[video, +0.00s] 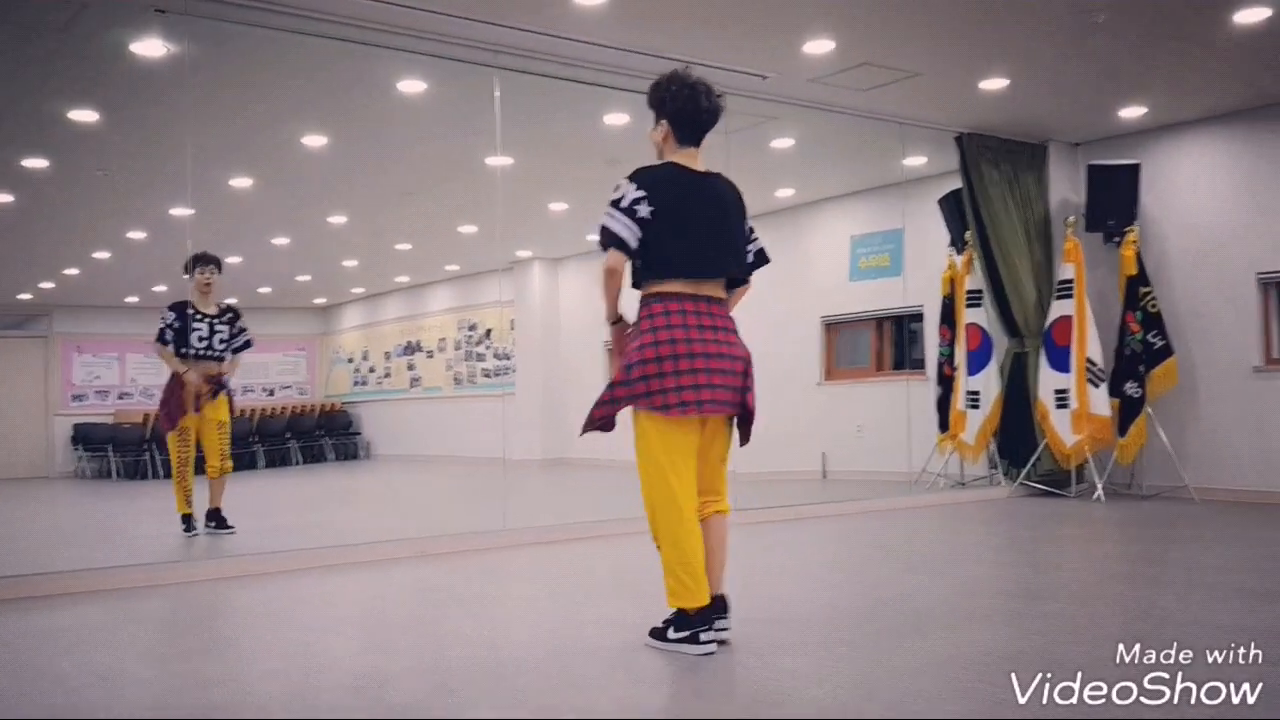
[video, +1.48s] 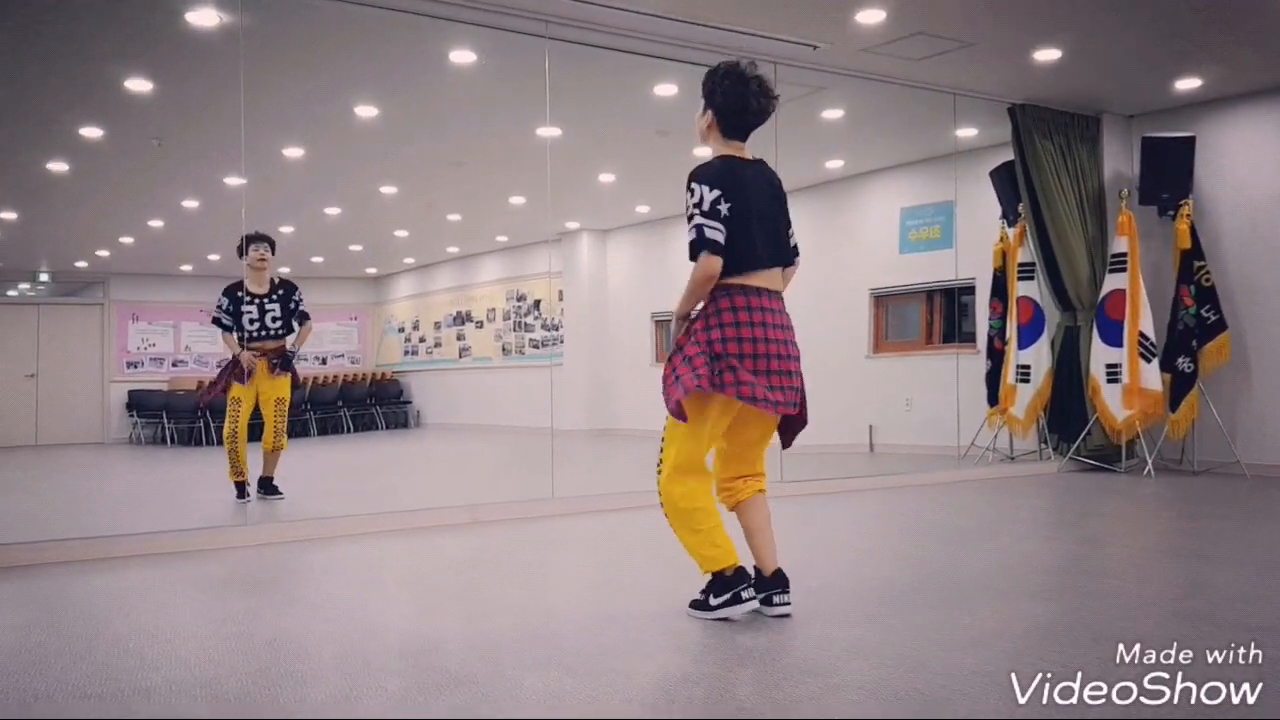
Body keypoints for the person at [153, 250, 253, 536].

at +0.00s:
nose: (207, 278)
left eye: (212, 273)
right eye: (201, 273)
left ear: (219, 278)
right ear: (191, 277)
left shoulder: (229, 314)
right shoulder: (177, 311)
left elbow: (238, 349)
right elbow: (162, 346)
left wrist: (229, 371)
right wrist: (183, 372)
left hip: (216, 391)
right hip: (183, 391)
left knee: (219, 454)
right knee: (183, 456)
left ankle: (215, 512)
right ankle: (187, 514)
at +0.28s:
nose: (215, 284)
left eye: (220, 279)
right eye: (209, 279)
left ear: (226, 285)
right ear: (199, 283)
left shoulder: (241, 318)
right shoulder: (186, 320)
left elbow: (260, 353)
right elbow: (179, 360)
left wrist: (248, 380)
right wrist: (198, 378)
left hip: (231, 395)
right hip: (197, 395)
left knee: (229, 459)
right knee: (186, 458)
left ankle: (220, 509)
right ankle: (193, 512)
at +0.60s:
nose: (221, 273)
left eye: (225, 269)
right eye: (214, 268)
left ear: (230, 275)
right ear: (202, 274)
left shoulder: (237, 310)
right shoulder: (188, 307)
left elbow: (247, 349)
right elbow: (175, 347)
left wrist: (247, 376)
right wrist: (187, 381)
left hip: (237, 383)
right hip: (204, 383)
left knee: (233, 448)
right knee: (202, 450)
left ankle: (222, 504)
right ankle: (194, 506)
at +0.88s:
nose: (224, 272)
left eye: (229, 267)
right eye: (218, 267)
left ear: (234, 272)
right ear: (206, 271)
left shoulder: (235, 308)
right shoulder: (195, 301)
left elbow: (236, 351)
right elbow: (181, 342)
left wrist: (242, 383)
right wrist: (183, 381)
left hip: (229, 377)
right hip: (203, 375)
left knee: (243, 444)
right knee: (209, 447)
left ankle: (227, 499)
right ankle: (199, 502)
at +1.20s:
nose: (256, 250)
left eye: (260, 245)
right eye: (249, 246)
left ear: (267, 251)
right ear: (238, 252)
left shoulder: (278, 288)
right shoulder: (225, 284)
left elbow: (284, 326)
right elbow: (206, 317)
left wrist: (274, 350)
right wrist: (228, 345)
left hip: (261, 364)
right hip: (228, 363)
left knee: (270, 429)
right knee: (227, 427)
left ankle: (261, 480)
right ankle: (231, 484)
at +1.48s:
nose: (262, 254)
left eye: (266, 250)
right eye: (255, 250)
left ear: (272, 257)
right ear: (245, 258)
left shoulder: (287, 289)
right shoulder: (233, 293)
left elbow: (305, 324)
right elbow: (225, 330)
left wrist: (293, 350)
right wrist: (238, 352)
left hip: (278, 363)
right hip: (245, 363)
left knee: (277, 427)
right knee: (233, 428)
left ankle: (267, 481)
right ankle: (240, 483)